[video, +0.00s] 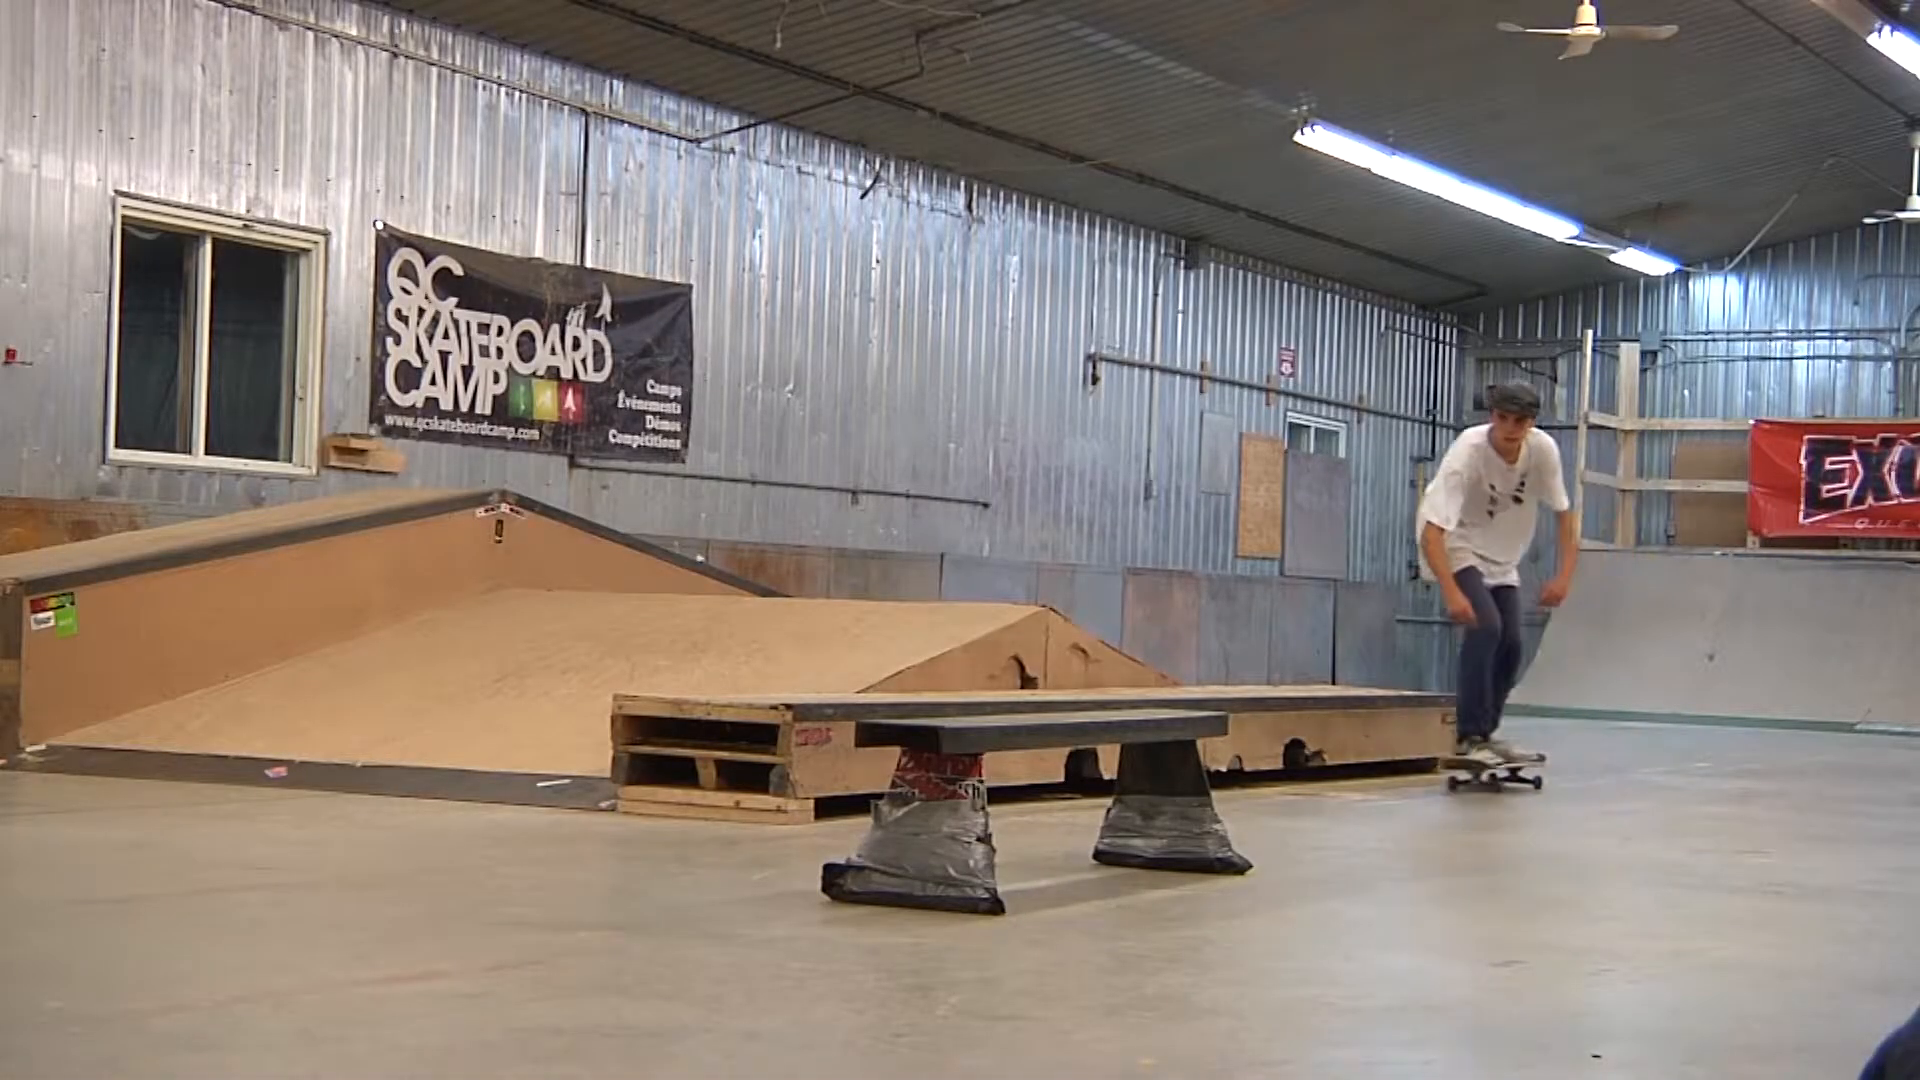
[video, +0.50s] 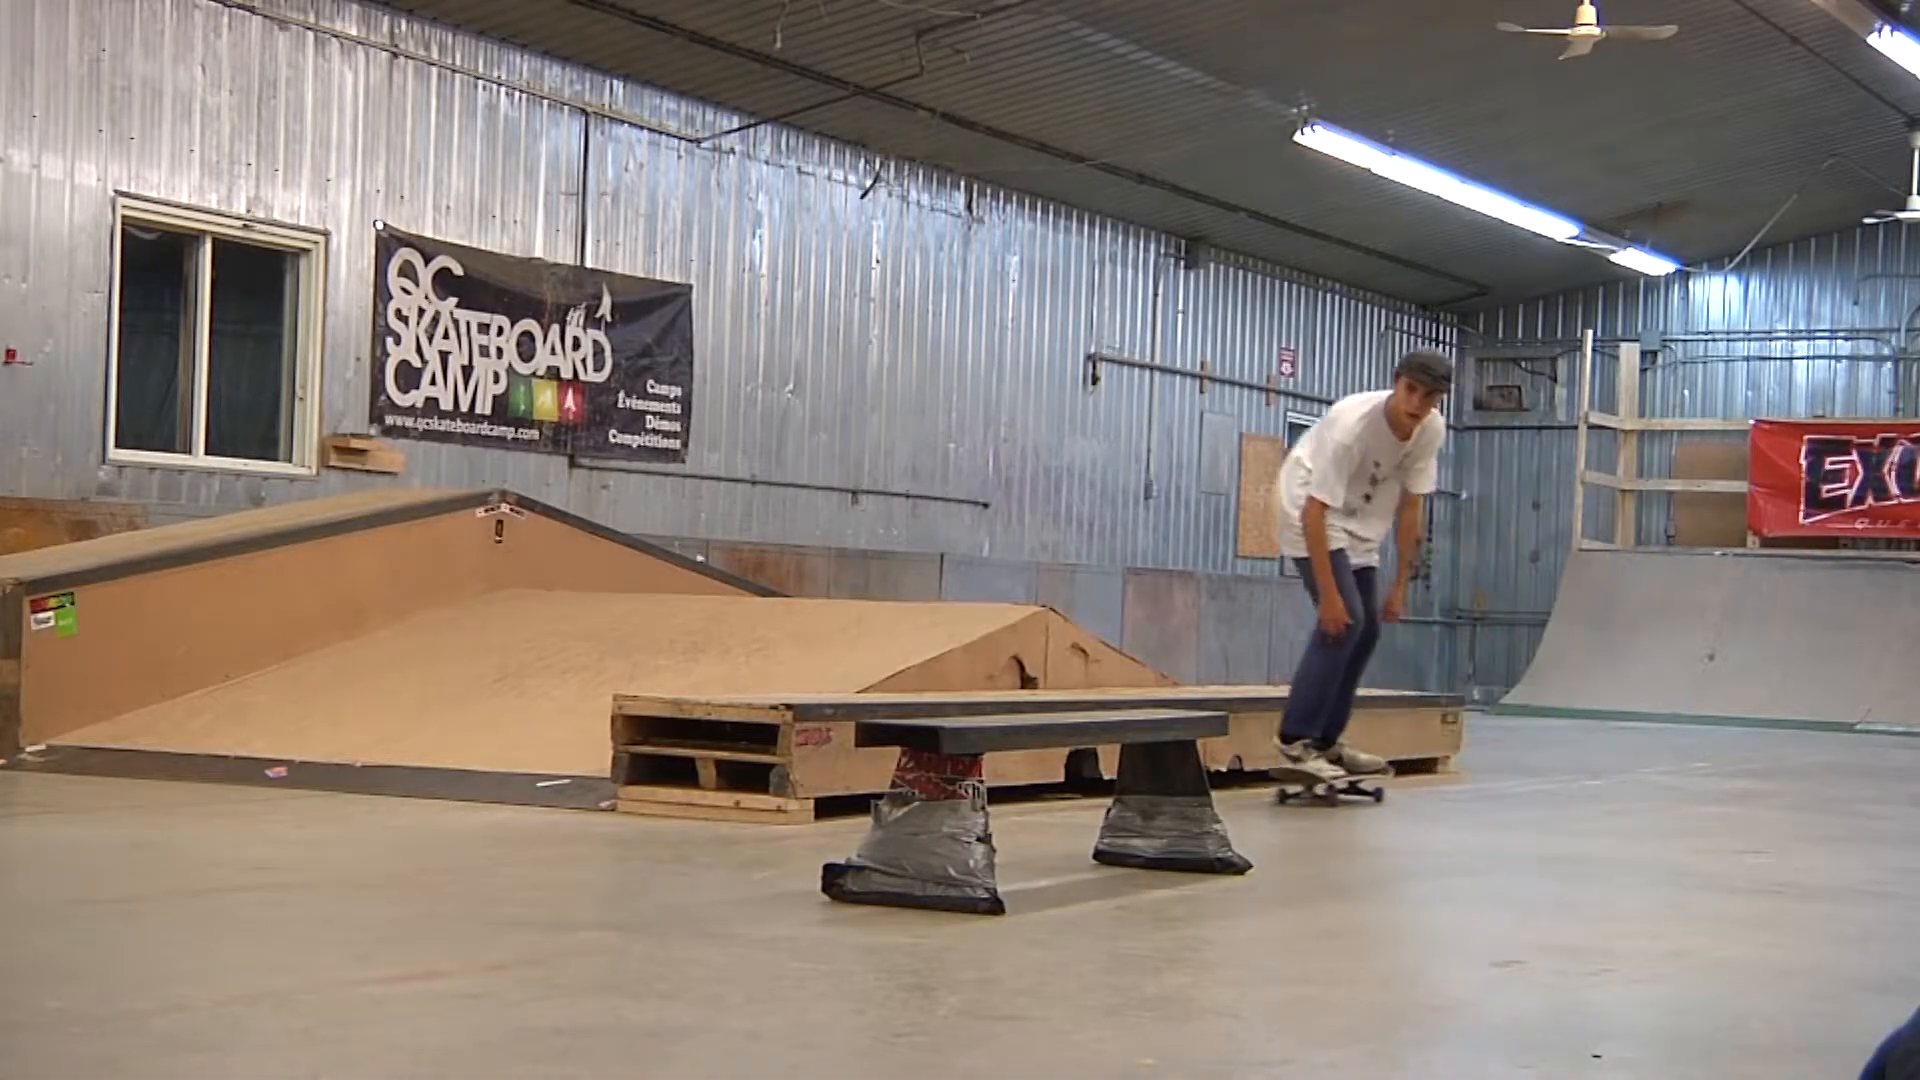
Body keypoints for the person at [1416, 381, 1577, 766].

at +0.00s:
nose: (1513, 430)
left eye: (1522, 422)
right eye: (1506, 420)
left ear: (1533, 422)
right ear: (1491, 417)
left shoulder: (1542, 448)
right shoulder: (1467, 452)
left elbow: (1564, 512)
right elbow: (1431, 529)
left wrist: (1564, 576)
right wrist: (1450, 591)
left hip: (1503, 560)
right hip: (1458, 552)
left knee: (1511, 644)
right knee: (1486, 627)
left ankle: (1484, 732)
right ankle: (1470, 737)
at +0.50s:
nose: (1417, 404)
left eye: (1429, 397)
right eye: (1411, 390)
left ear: (1438, 400)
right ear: (1395, 383)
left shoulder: (1431, 428)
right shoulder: (1348, 427)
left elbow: (1410, 506)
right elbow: (1312, 512)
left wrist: (1400, 583)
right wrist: (1328, 596)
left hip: (1361, 528)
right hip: (1312, 522)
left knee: (1366, 627)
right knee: (1343, 622)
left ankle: (1326, 740)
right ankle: (1295, 741)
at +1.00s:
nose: (1269, 509)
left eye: (1284, 501)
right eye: (1265, 492)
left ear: (1294, 504)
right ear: (1248, 480)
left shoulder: (1287, 517)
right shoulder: (1203, 514)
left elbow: (1274, 605)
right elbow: (1148, 612)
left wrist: (1276, 696)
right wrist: (1140, 710)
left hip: (1184, 553)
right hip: (1127, 544)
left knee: (1250, 661)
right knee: (1220, 644)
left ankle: (1185, 754)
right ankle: (1148, 754)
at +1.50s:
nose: (1151, 282)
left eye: (1163, 275)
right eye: (1154, 262)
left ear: (1158, 270)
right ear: (1125, 234)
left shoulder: (1095, 298)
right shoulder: (1060, 271)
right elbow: (938, 241)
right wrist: (910, 316)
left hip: (1035, 462)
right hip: (986, 446)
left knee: (1059, 613)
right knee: (1038, 590)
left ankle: (984, 758)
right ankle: (949, 755)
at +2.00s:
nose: (902, 167)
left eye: (914, 162)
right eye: (911, 148)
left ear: (884, 122)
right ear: (887, 108)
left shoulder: (817, 165)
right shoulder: (810, 106)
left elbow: (836, 205)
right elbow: (748, 72)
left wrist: (920, 220)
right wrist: (711, 36)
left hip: (674, 303)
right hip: (721, 283)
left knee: (808, 473)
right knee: (855, 450)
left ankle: (660, 609)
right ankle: (843, 637)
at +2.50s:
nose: (496, 218)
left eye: (509, 205)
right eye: (505, 198)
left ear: (446, 149)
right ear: (475, 167)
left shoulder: (328, 166)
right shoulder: (386, 241)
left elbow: (406, 326)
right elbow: (308, 386)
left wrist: (471, 433)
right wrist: (362, 534)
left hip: (183, 430)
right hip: (279, 453)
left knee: (225, 640)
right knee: (361, 626)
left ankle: (183, 845)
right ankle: (401, 838)